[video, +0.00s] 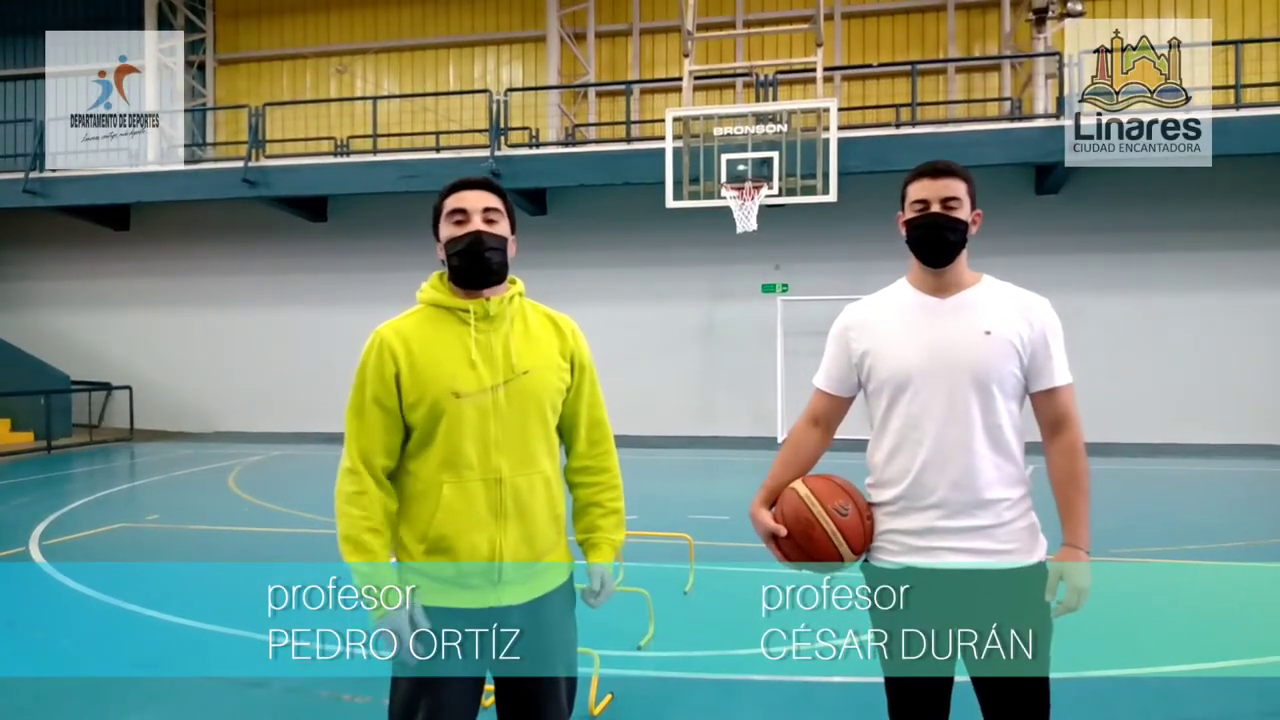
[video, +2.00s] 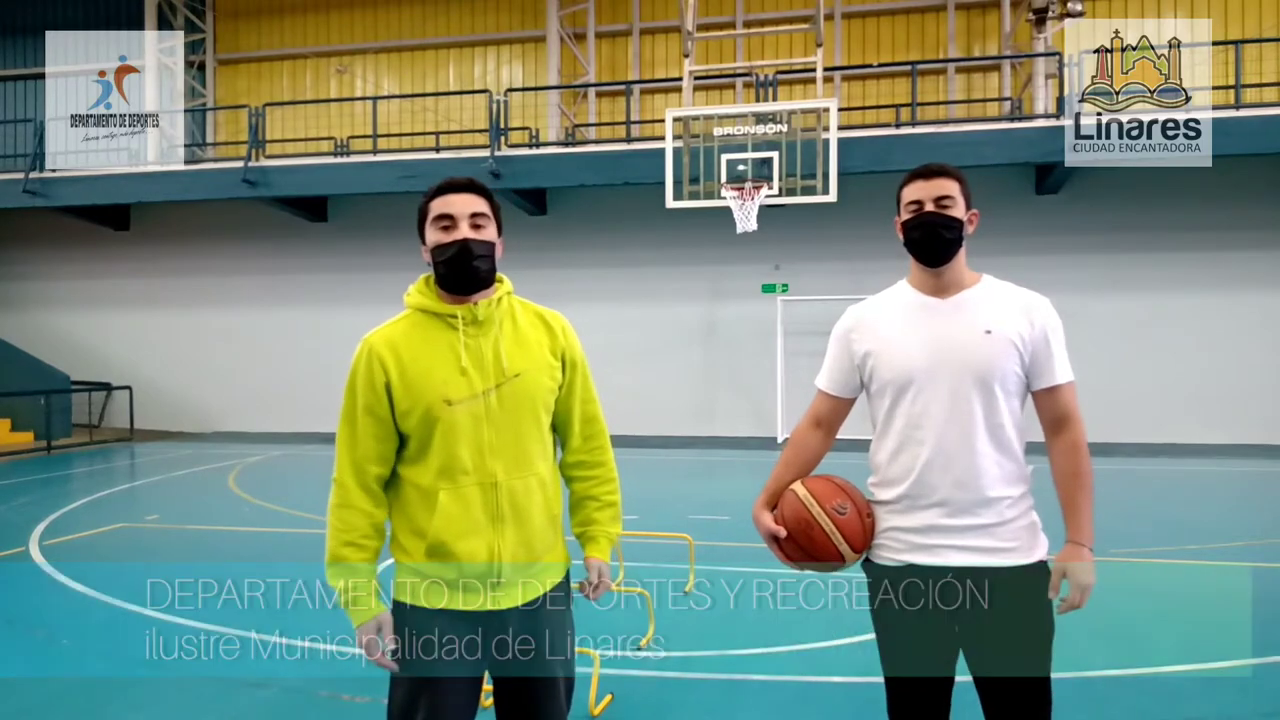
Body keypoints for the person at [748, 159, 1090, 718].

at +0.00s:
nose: (934, 216)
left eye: (949, 205)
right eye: (920, 207)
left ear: (974, 220)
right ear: (901, 224)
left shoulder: (1026, 315)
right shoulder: (861, 321)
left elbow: (1061, 432)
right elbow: (816, 424)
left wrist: (1075, 544)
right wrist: (762, 501)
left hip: (1006, 561)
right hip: (902, 562)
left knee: (1020, 711)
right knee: (914, 713)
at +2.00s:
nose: (929, 215)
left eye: (944, 204)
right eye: (914, 208)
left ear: (971, 220)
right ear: (898, 229)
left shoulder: (1027, 314)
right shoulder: (863, 324)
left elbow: (1064, 429)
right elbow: (818, 425)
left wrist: (1078, 542)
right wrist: (764, 502)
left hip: (1008, 563)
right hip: (904, 564)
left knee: (1021, 711)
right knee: (914, 712)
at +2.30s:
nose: (920, 215)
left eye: (935, 204)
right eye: (905, 210)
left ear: (964, 220)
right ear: (894, 232)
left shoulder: (1023, 313)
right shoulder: (860, 324)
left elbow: (1063, 423)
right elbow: (816, 425)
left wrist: (1060, 500)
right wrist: (763, 496)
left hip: (1001, 556)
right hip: (899, 557)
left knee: (1017, 709)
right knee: (911, 713)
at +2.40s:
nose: (915, 215)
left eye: (930, 204)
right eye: (901, 212)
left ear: (961, 219)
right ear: (891, 234)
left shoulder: (1021, 313)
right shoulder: (859, 324)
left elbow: (1066, 422)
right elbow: (815, 424)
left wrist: (1037, 435)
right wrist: (762, 494)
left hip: (998, 557)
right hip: (896, 557)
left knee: (1017, 710)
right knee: (909, 714)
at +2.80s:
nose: (900, 221)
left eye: (915, 209)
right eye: (887, 218)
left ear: (949, 222)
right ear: (880, 238)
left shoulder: (1003, 310)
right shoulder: (853, 324)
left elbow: (1053, 421)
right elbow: (812, 425)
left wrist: (1016, 348)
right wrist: (761, 489)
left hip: (983, 553)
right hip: (885, 554)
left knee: (1005, 710)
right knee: (902, 711)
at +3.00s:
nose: (946, 239)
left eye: (958, 230)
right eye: (929, 232)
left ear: (976, 250)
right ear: (910, 253)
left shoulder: (1020, 323)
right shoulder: (875, 344)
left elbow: (1102, 397)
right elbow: (855, 455)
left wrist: (1042, 406)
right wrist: (853, 544)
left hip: (1010, 547)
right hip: (915, 550)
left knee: (1022, 691)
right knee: (915, 696)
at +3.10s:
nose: (931, 236)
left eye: (945, 229)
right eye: (916, 230)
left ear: (965, 250)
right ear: (900, 257)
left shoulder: (1017, 327)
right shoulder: (870, 347)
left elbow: (1081, 419)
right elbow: (854, 453)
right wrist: (853, 535)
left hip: (1009, 553)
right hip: (912, 556)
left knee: (1029, 701)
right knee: (916, 702)